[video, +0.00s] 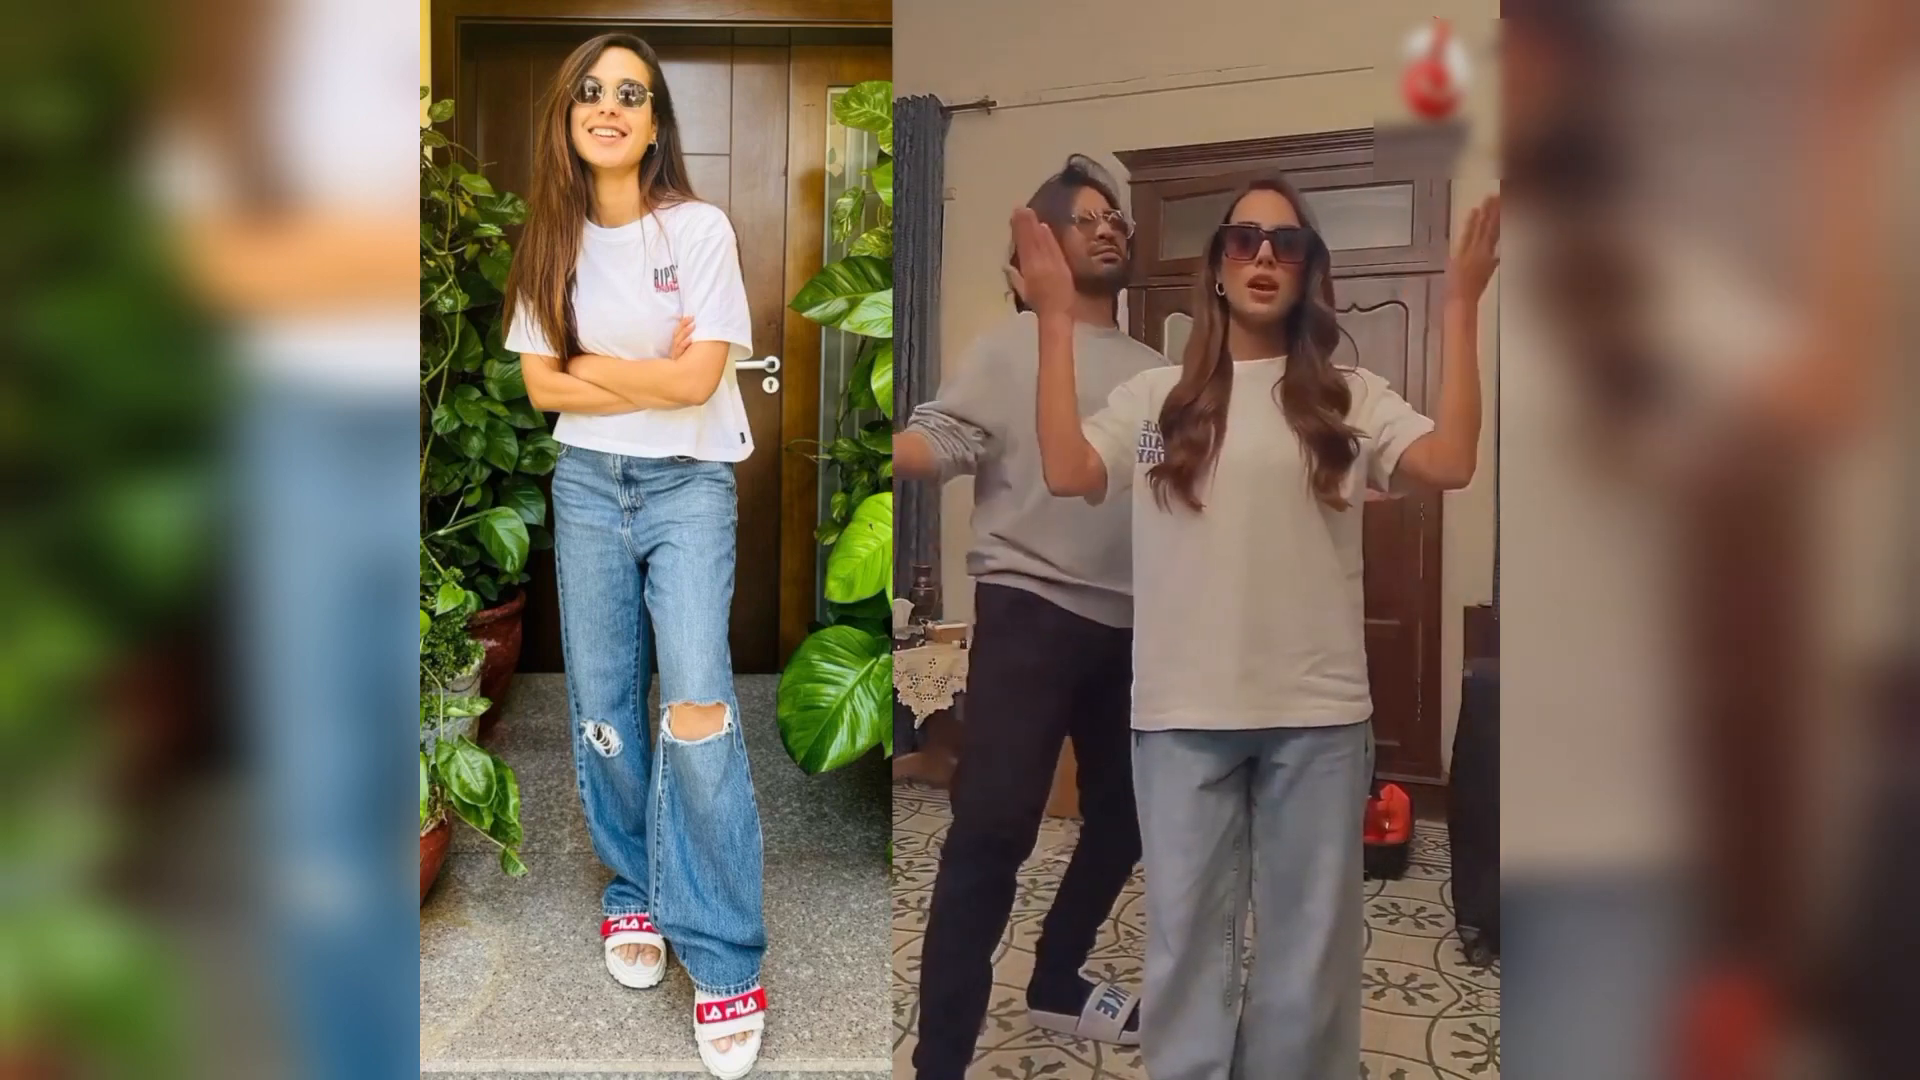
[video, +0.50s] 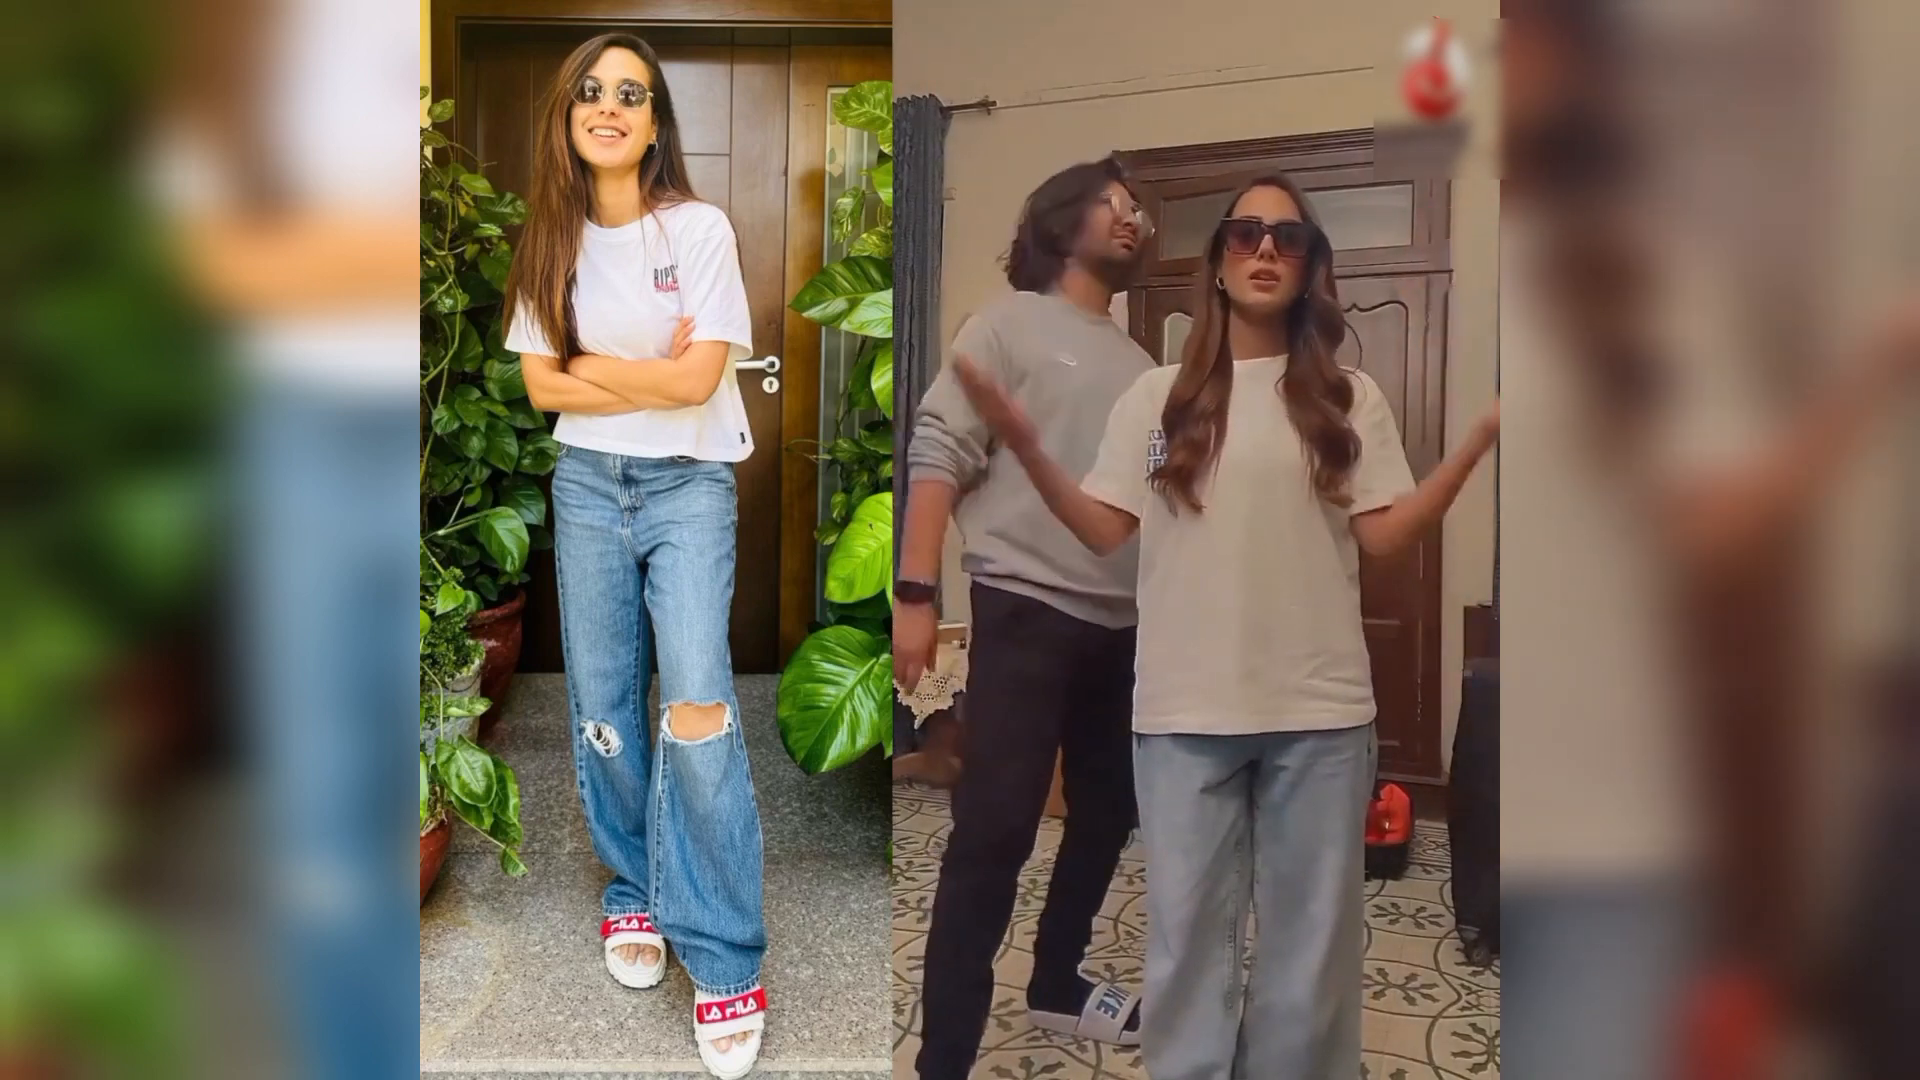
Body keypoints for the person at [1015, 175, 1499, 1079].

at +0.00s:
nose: (1264, 256)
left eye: (1286, 243)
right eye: (1245, 240)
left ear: (1311, 271)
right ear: (1217, 266)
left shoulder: (1346, 392)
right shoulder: (1160, 391)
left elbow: (1452, 464)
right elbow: (1069, 470)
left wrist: (1463, 303)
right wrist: (1054, 311)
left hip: (1319, 717)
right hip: (1182, 719)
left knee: (1311, 960)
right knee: (1182, 950)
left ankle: (1295, 1072)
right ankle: (1185, 1068)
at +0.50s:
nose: (1266, 248)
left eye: (1286, 236)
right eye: (1247, 234)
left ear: (1311, 263)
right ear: (1217, 258)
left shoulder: (1347, 392)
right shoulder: (1159, 391)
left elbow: (1384, 537)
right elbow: (1105, 531)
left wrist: (1471, 451)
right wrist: (1026, 446)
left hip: (1320, 707)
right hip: (1184, 708)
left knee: (1315, 944)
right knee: (1185, 938)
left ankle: (1294, 1075)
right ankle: (1186, 1069)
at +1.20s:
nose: (1260, 248)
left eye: (1283, 238)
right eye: (1240, 235)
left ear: (1307, 269)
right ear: (1212, 265)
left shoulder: (1347, 395)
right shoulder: (1155, 397)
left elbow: (1410, 549)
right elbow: (1118, 552)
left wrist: (1372, 466)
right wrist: (1154, 469)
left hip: (1321, 714)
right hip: (1182, 717)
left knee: (1312, 959)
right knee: (1184, 949)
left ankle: (1293, 1073)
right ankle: (1185, 1069)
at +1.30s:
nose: (1262, 247)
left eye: (1284, 236)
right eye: (1241, 234)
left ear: (1310, 266)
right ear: (1213, 264)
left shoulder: (1347, 392)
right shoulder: (1159, 394)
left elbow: (1407, 526)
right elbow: (1097, 529)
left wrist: (1461, 394)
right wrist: (1046, 419)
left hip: (1321, 713)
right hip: (1183, 713)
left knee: (1313, 953)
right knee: (1182, 944)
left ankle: (1295, 1071)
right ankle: (1185, 1068)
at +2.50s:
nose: (1261, 246)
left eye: (1283, 235)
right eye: (1241, 233)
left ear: (1308, 267)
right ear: (1215, 262)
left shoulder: (1349, 395)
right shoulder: (1162, 393)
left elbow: (1378, 547)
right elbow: (1147, 545)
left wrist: (1360, 675)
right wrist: (1124, 665)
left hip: (1315, 712)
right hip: (1183, 712)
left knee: (1310, 952)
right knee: (1184, 945)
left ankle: (1293, 1070)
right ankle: (1185, 1066)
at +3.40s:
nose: (1261, 251)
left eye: (1283, 240)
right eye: (1242, 238)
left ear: (1308, 269)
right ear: (1217, 265)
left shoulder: (1346, 399)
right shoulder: (1159, 397)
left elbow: (1362, 554)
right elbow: (1132, 544)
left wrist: (1397, 681)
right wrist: (1137, 659)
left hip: (1323, 719)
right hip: (1186, 716)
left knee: (1313, 958)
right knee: (1184, 952)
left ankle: (1291, 1074)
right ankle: (1186, 1069)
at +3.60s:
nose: (1259, 251)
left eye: (1281, 240)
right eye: (1240, 236)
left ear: (1305, 267)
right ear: (1210, 258)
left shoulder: (1336, 394)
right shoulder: (1150, 395)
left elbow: (1390, 534)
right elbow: (1123, 542)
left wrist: (1467, 422)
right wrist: (1200, 487)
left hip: (1317, 708)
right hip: (1182, 711)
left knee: (1311, 954)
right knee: (1182, 946)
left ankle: (1293, 1076)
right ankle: (1185, 1070)